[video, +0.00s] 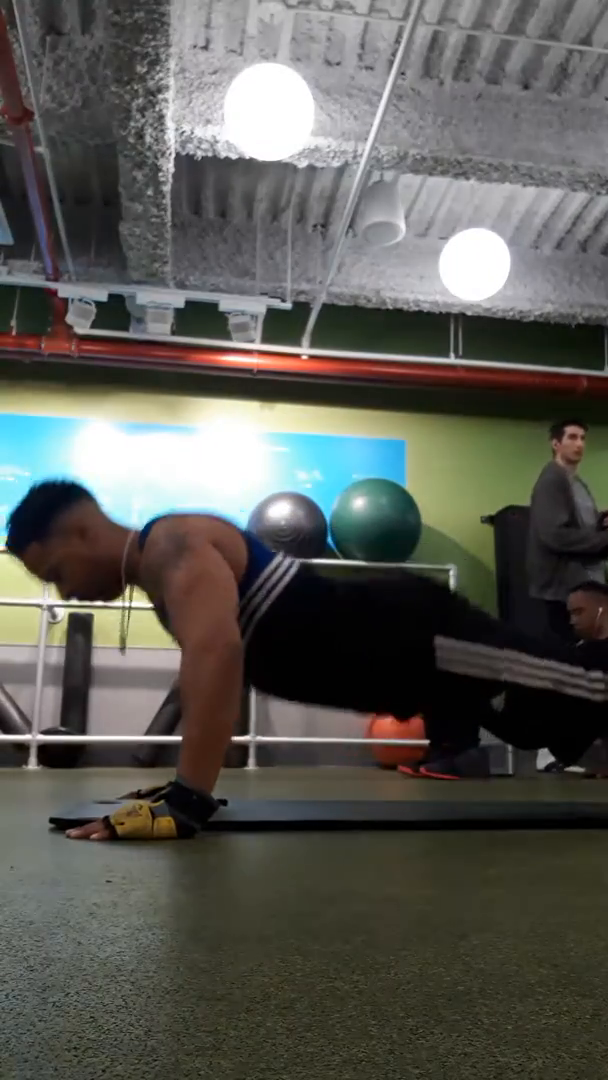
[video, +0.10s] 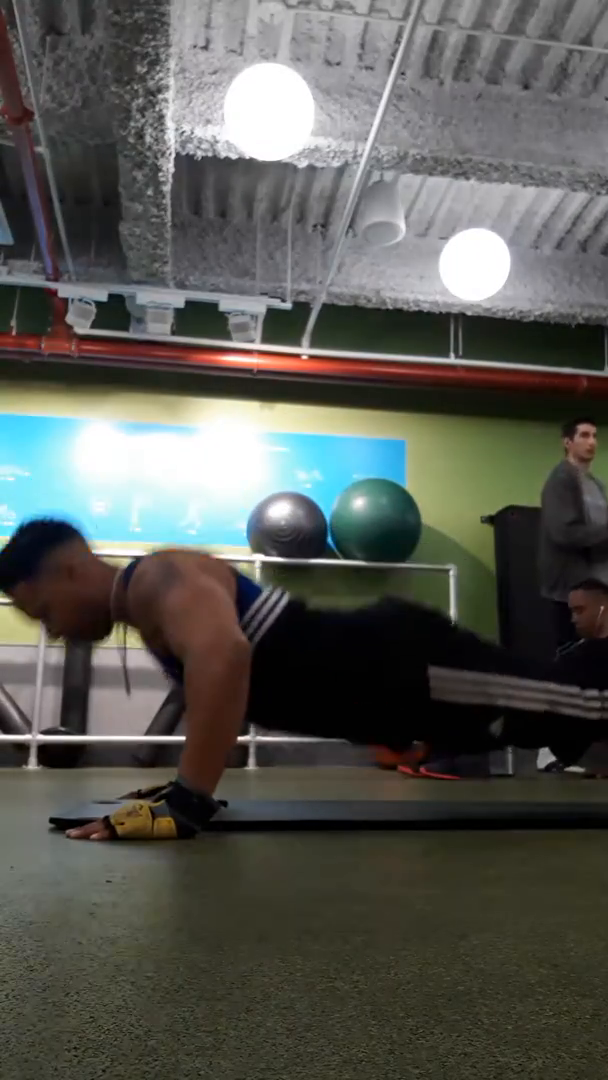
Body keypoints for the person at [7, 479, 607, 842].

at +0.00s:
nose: (63, 594)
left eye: (53, 575)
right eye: (48, 583)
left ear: (78, 534)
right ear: (83, 532)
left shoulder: (174, 543)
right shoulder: (165, 565)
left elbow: (217, 652)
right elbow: (219, 673)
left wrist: (187, 798)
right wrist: (186, 798)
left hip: (421, 642)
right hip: (410, 658)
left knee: (590, 697)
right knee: (568, 712)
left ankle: (591, 622)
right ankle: (588, 626)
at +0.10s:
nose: (48, 630)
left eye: (39, 609)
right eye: (36, 619)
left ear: (70, 565)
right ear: (73, 568)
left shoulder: (160, 577)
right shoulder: (154, 593)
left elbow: (223, 658)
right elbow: (242, 676)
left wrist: (189, 796)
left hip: (399, 670)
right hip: (388, 678)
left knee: (582, 705)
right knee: (565, 705)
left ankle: (591, 628)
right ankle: (589, 629)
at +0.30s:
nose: (21, 712)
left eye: (16, 691)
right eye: (10, 701)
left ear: (53, 640)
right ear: (54, 644)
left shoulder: (129, 647)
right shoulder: (133, 682)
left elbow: (225, 665)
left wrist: (188, 797)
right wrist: (381, 774)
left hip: (406, 713)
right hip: (397, 728)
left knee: (590, 723)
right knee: (568, 711)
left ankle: (592, 637)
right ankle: (591, 634)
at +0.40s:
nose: (25, 747)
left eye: (13, 725)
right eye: (13, 735)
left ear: (39, 680)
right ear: (44, 681)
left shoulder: (122, 672)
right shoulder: (135, 710)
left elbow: (221, 663)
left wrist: (189, 799)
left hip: (392, 726)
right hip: (382, 741)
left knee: (587, 727)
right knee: (556, 718)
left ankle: (593, 638)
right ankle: (589, 636)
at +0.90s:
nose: (43, 656)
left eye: (36, 635)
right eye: (30, 645)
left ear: (63, 596)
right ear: (63, 602)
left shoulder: (148, 607)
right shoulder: (142, 635)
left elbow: (223, 662)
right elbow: (225, 693)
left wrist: (187, 798)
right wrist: (181, 796)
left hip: (383, 669)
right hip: (371, 693)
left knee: (576, 711)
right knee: (553, 733)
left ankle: (586, 644)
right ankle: (582, 641)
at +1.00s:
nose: (55, 598)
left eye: (47, 578)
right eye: (42, 586)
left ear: (74, 541)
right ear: (80, 537)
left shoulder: (165, 557)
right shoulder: (158, 570)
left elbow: (214, 664)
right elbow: (215, 678)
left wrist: (185, 799)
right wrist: (192, 796)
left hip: (416, 636)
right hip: (404, 655)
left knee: (589, 696)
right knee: (555, 733)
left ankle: (586, 634)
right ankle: (580, 642)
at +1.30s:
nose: (76, 544)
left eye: (68, 524)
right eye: (65, 533)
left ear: (97, 483)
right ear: (99, 487)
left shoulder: (180, 513)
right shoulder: (174, 526)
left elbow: (203, 651)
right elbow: (206, 655)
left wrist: (188, 795)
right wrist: (182, 786)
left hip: (428, 611)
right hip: (420, 630)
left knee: (595, 680)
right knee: (569, 732)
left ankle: (590, 616)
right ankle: (584, 623)